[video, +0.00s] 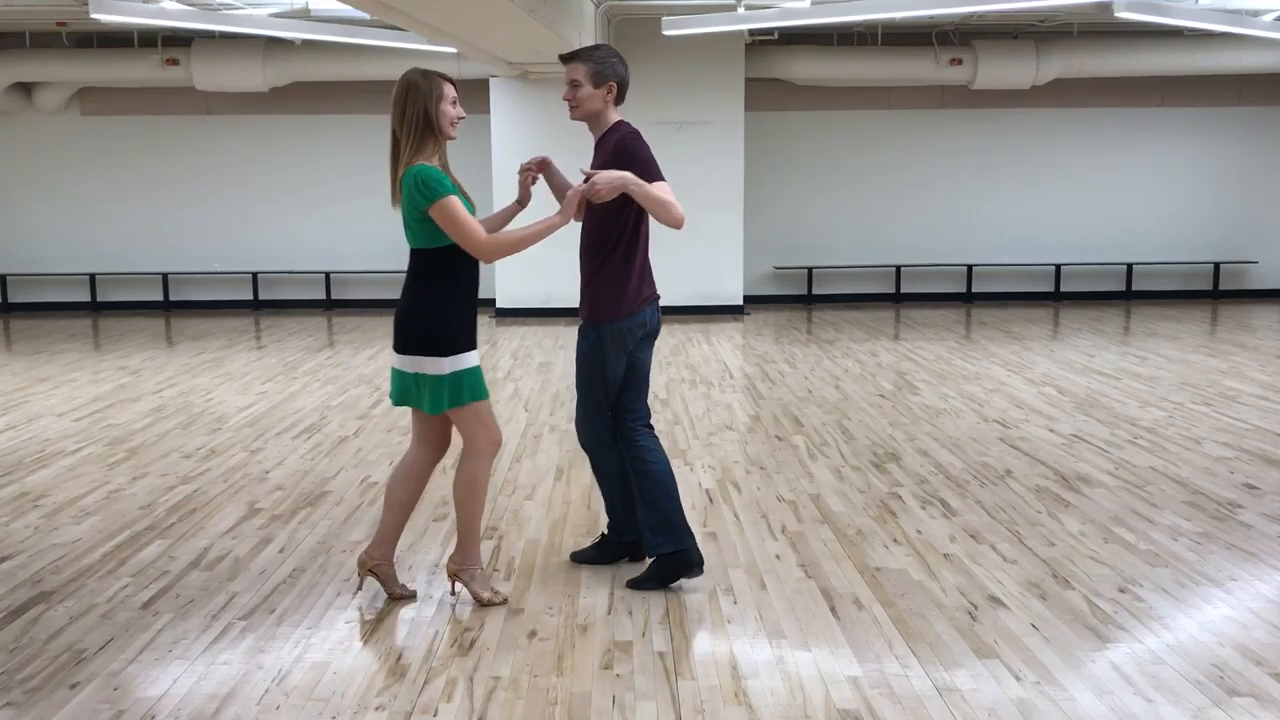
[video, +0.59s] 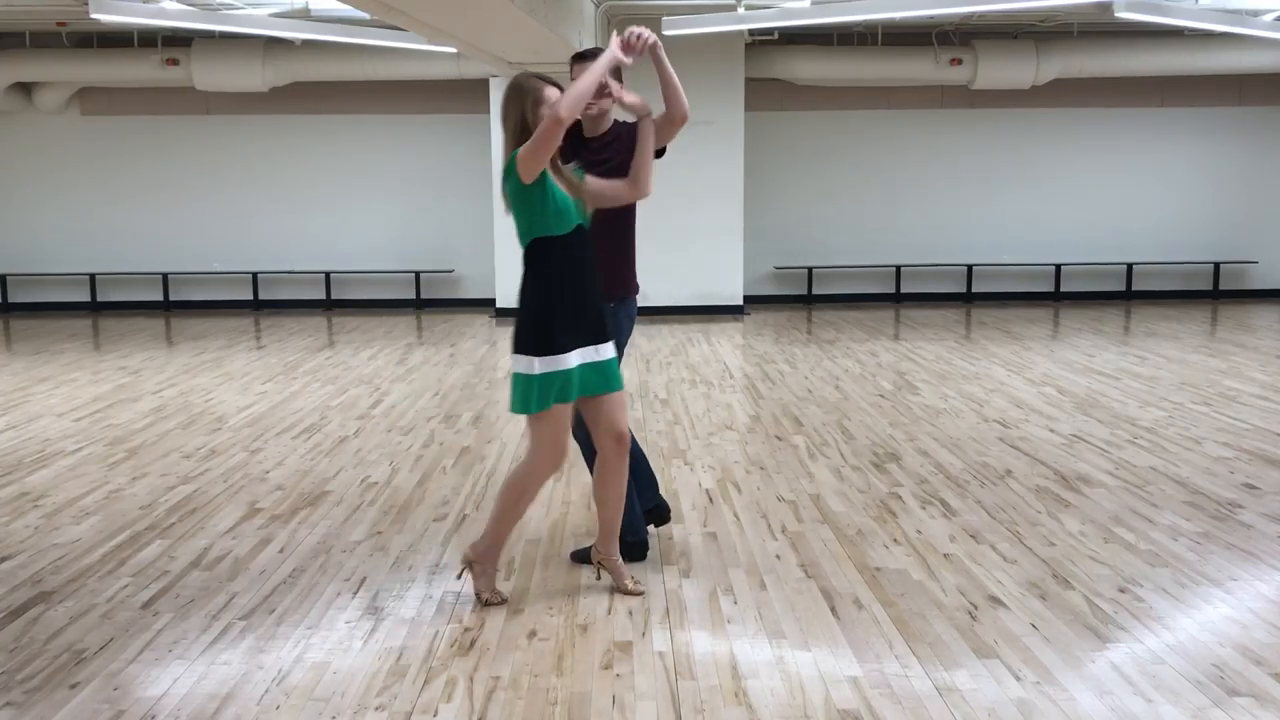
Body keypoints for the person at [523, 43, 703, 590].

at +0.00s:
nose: (567, 96)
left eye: (576, 87)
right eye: (566, 87)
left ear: (609, 90)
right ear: (598, 94)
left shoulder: (624, 143)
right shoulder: (608, 147)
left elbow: (674, 216)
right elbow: (581, 213)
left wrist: (629, 184)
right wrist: (550, 171)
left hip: (612, 314)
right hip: (632, 308)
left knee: (596, 428)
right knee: (632, 424)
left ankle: (627, 536)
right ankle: (676, 548)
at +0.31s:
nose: (575, 101)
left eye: (584, 92)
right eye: (572, 92)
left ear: (615, 96)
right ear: (575, 98)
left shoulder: (631, 147)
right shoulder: (583, 147)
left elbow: (675, 185)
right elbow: (519, 165)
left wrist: (665, 126)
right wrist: (544, 137)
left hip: (611, 309)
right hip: (603, 306)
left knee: (587, 427)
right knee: (601, 418)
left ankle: (628, 537)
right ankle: (682, 509)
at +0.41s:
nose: (578, 97)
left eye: (589, 88)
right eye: (574, 89)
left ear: (618, 91)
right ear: (572, 95)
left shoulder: (627, 145)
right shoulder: (575, 144)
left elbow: (678, 160)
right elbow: (517, 154)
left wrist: (664, 100)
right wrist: (554, 125)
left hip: (607, 303)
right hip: (605, 301)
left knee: (590, 423)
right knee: (597, 415)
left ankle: (628, 536)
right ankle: (669, 508)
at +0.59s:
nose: (593, 94)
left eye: (602, 86)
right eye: (583, 85)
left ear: (617, 91)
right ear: (567, 94)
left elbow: (678, 115)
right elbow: (561, 112)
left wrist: (658, 55)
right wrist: (609, 59)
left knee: (588, 417)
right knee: (591, 411)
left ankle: (628, 533)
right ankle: (647, 502)